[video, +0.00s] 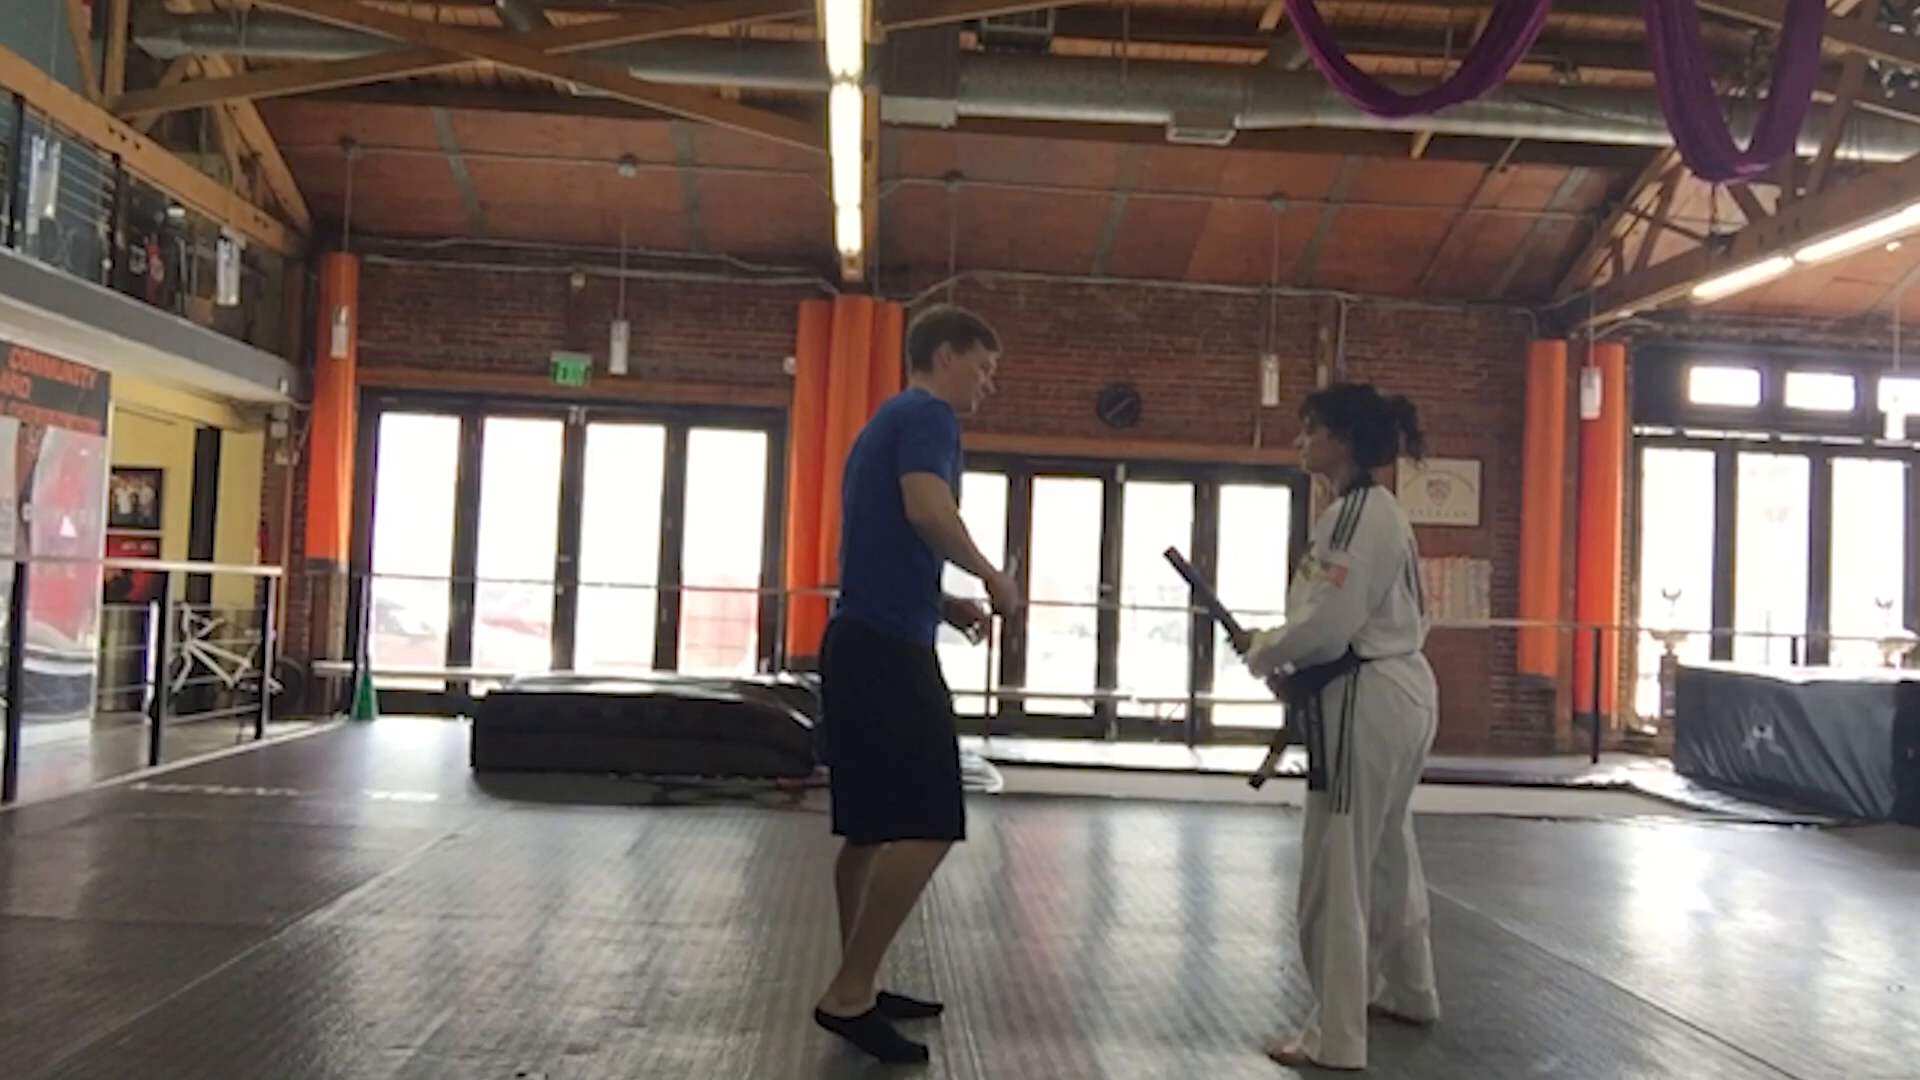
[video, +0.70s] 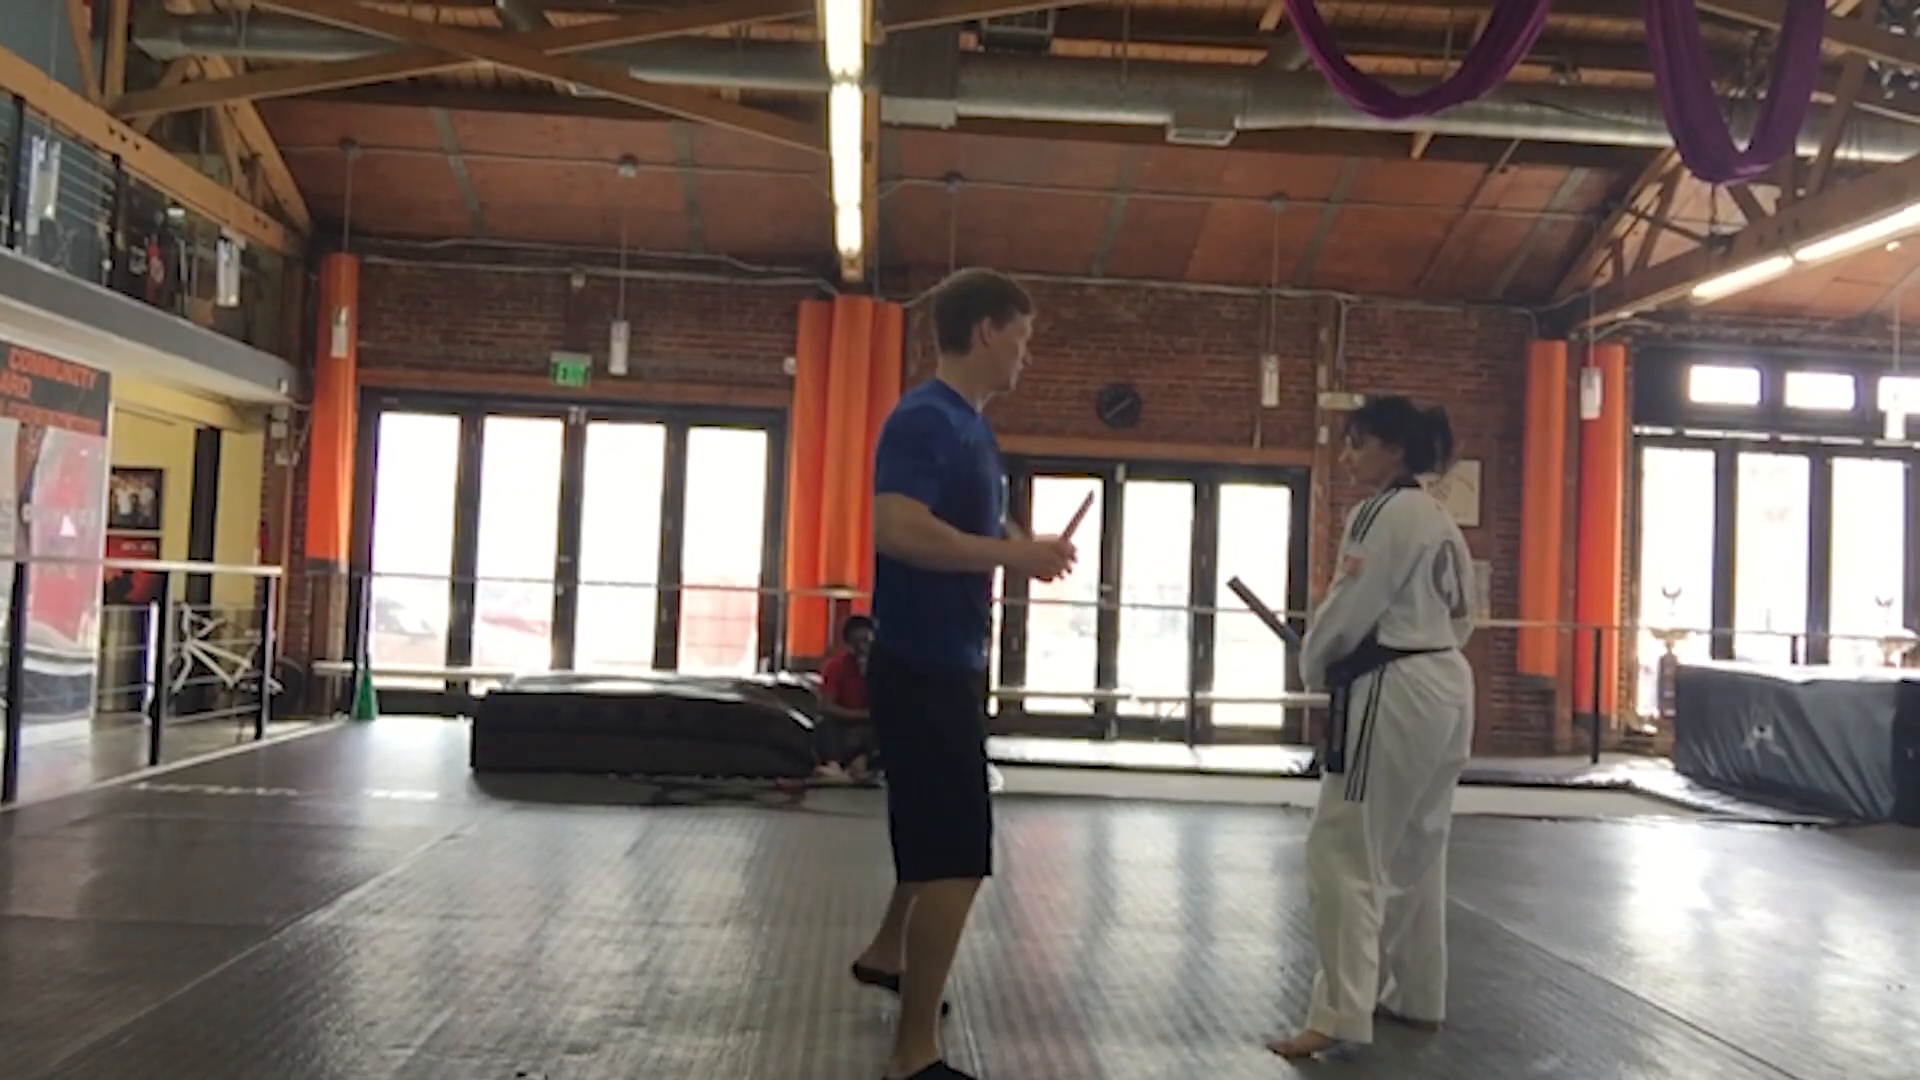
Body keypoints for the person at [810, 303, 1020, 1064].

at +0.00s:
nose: (989, 383)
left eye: (992, 369)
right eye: (984, 365)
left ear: (933, 361)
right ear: (945, 355)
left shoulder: (891, 423)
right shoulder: (927, 414)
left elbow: (876, 559)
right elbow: (924, 506)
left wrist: (947, 602)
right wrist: (991, 572)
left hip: (862, 648)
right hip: (889, 653)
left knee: (870, 826)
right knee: (932, 825)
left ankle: (863, 981)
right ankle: (849, 996)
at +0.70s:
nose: (1026, 357)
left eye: (1028, 341)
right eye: (1021, 340)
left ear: (976, 337)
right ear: (982, 333)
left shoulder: (967, 424)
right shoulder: (924, 417)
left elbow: (964, 527)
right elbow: (897, 527)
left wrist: (1025, 548)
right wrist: (1011, 553)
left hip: (949, 665)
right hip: (918, 667)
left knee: (942, 832)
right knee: (959, 862)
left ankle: (887, 951)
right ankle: (914, 1053)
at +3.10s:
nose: (1073, 430)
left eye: (1074, 420)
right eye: (1071, 419)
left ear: (998, 415)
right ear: (1052, 421)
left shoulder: (941, 467)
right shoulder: (1067, 483)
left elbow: (829, 487)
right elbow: (1178, 488)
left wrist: (839, 549)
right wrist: (1241, 468)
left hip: (937, 686)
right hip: (1023, 692)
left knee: (922, 819)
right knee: (1064, 859)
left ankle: (894, 967)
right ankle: (1098, 1045)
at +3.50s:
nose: (1104, 429)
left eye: (1105, 416)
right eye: (1100, 415)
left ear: (1032, 411)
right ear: (1069, 414)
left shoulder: (961, 455)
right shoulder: (1092, 474)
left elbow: (842, 487)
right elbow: (1199, 496)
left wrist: (774, 564)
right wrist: (1265, 503)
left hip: (954, 686)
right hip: (1036, 692)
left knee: (948, 826)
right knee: (1080, 868)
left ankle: (901, 970)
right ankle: (1087, 1058)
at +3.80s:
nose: (1140, 522)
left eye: (1145, 510)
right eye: (1140, 507)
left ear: (1077, 486)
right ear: (1103, 493)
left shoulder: (1001, 505)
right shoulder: (1098, 550)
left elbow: (904, 555)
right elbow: (1203, 624)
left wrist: (859, 636)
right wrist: (1257, 645)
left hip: (929, 714)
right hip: (1012, 727)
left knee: (945, 823)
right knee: (1110, 894)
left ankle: (896, 969)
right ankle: (1091, 1061)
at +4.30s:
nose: (1153, 455)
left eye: (1158, 443)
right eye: (1154, 441)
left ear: (1086, 420)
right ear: (1128, 433)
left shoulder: (1023, 462)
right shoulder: (1135, 512)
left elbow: (915, 430)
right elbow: (1209, 585)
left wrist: (818, 395)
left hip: (972, 684)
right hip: (1058, 701)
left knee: (933, 820)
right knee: (1093, 873)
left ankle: (900, 969)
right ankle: (1122, 1051)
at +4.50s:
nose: (1153, 476)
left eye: (1159, 465)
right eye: (1154, 462)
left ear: (1099, 433)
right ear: (1125, 440)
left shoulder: (1017, 455)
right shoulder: (1124, 510)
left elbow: (918, 451)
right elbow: (1201, 596)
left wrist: (887, 468)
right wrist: (1266, 641)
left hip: (968, 690)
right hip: (1054, 706)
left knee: (944, 817)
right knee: (1108, 875)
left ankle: (901, 969)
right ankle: (1107, 1058)